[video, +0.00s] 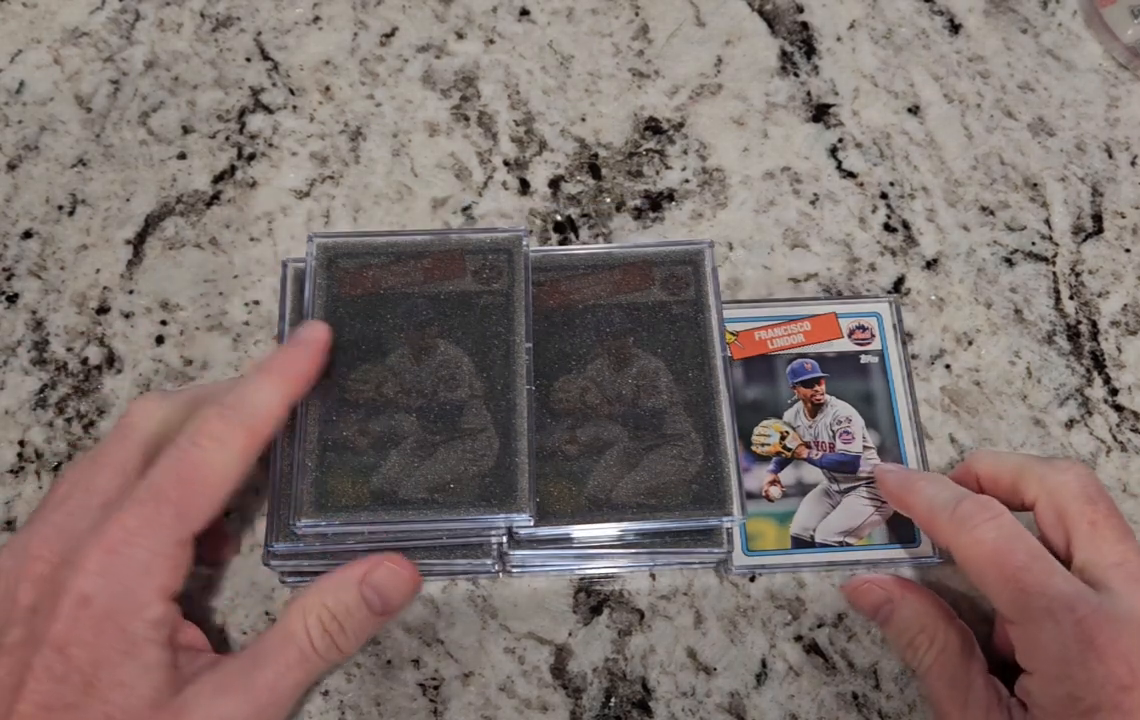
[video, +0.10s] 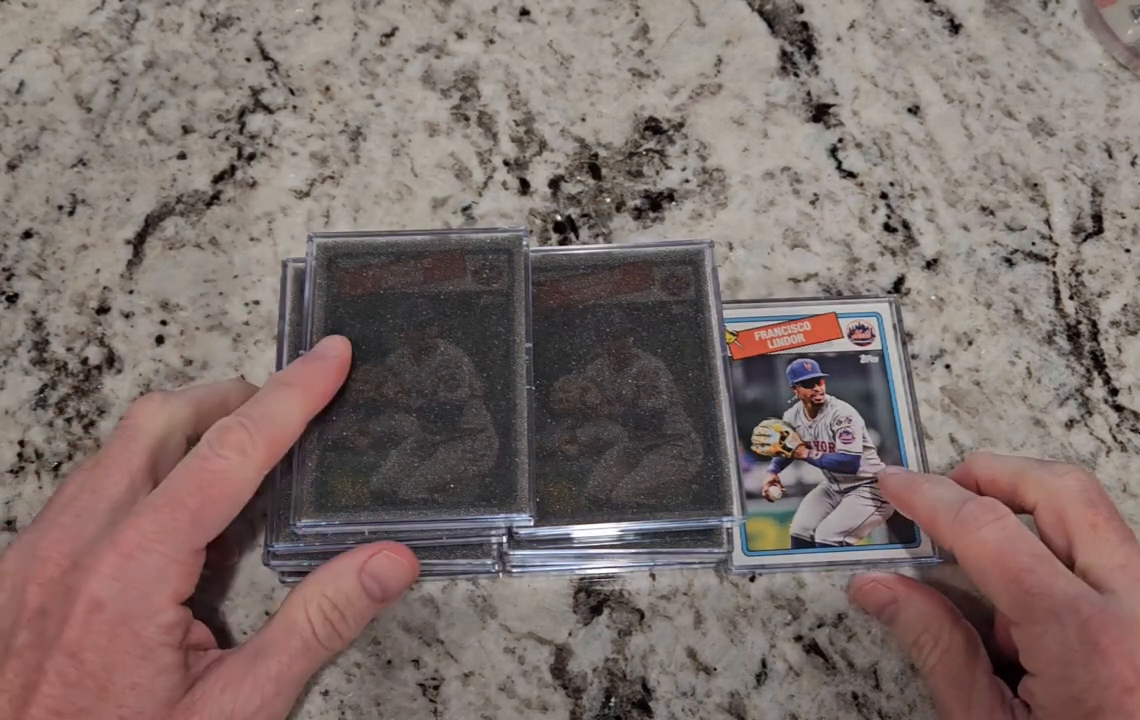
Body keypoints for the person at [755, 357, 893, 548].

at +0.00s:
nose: (817, 388)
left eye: (819, 382)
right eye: (809, 385)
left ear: (824, 381)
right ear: (796, 390)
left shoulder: (844, 414)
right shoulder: (792, 417)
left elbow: (850, 463)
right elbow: (787, 449)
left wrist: (806, 454)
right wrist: (772, 473)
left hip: (869, 489)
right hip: (833, 489)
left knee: (828, 536)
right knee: (800, 532)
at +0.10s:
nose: (817, 389)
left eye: (819, 382)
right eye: (809, 385)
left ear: (824, 382)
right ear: (796, 390)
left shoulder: (844, 414)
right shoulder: (792, 417)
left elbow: (850, 463)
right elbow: (788, 449)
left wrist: (806, 454)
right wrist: (772, 473)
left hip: (869, 489)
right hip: (833, 488)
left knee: (828, 536)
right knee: (800, 532)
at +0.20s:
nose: (816, 389)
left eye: (818, 382)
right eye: (808, 385)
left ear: (823, 381)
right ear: (795, 390)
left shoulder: (843, 414)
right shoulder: (791, 417)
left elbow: (849, 463)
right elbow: (786, 449)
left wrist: (805, 454)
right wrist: (771, 473)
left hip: (868, 489)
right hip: (832, 489)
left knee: (827, 536)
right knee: (799, 532)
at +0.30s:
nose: (816, 389)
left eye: (818, 382)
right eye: (808, 386)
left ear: (823, 382)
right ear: (794, 390)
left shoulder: (842, 415)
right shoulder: (791, 417)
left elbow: (849, 464)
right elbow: (787, 450)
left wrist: (805, 454)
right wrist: (770, 473)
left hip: (867, 489)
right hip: (832, 489)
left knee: (826, 537)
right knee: (799, 532)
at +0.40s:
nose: (816, 389)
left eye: (818, 382)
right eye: (807, 386)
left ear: (823, 382)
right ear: (794, 391)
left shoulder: (842, 415)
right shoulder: (790, 417)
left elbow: (848, 464)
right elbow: (786, 449)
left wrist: (805, 455)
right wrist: (770, 474)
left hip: (867, 489)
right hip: (831, 489)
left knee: (826, 537)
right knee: (799, 533)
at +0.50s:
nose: (816, 390)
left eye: (818, 383)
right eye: (807, 386)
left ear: (823, 382)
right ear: (794, 391)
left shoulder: (842, 415)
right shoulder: (790, 417)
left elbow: (848, 464)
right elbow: (787, 449)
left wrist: (805, 455)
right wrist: (770, 474)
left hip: (867, 490)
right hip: (832, 489)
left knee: (826, 537)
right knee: (799, 532)